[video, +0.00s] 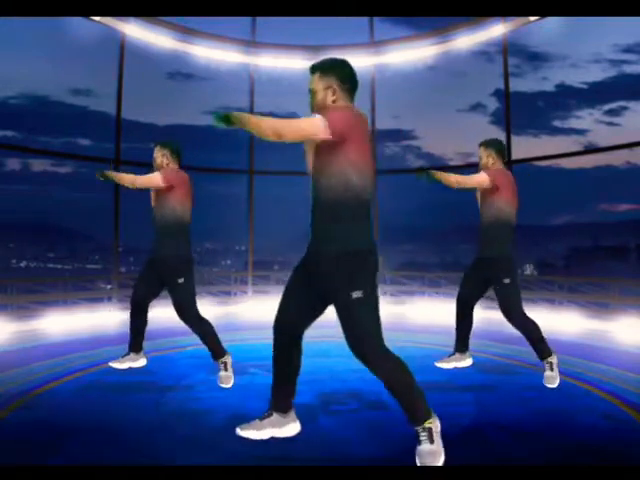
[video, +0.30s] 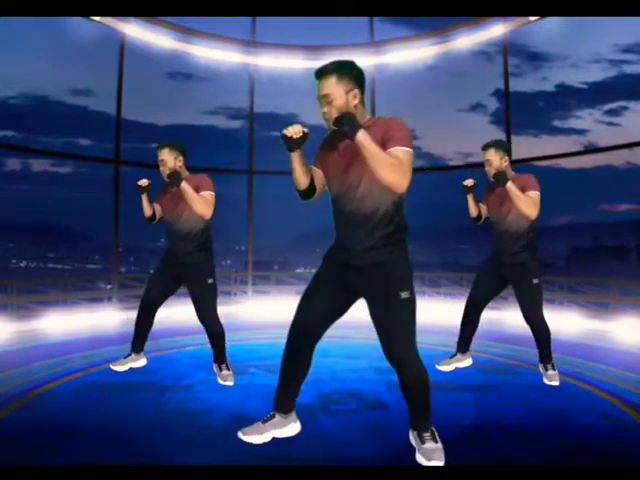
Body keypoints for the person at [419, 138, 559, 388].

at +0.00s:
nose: (480, 162)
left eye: (482, 157)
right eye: (480, 158)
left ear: (492, 156)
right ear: (497, 157)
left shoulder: (496, 176)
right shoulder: (501, 179)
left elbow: (458, 182)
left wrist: (433, 173)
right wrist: (441, 176)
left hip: (499, 258)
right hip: (489, 256)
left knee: (513, 313)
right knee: (464, 300)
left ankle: (548, 359)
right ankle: (461, 354)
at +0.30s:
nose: (487, 168)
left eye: (490, 162)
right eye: (485, 163)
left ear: (505, 160)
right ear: (487, 165)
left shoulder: (526, 181)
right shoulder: (492, 190)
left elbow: (532, 212)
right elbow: (478, 216)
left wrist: (508, 183)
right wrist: (470, 193)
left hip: (524, 261)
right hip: (498, 260)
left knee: (533, 316)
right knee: (473, 304)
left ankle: (548, 365)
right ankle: (462, 354)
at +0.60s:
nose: (488, 170)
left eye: (492, 164)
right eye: (486, 165)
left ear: (506, 162)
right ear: (485, 166)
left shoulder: (527, 184)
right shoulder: (492, 191)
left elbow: (536, 215)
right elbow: (475, 218)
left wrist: (510, 188)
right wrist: (466, 197)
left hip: (525, 264)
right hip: (497, 261)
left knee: (533, 316)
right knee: (468, 303)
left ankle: (547, 364)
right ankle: (460, 353)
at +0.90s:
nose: (463, 162)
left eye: (467, 157)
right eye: (462, 157)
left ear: (482, 158)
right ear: (467, 160)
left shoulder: (504, 183)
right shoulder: (466, 191)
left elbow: (511, 213)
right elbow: (447, 213)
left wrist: (485, 187)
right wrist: (442, 192)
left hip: (500, 260)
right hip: (469, 260)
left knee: (524, 309)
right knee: (449, 304)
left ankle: (522, 357)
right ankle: (443, 347)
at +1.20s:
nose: (466, 148)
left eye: (470, 143)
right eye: (465, 144)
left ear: (485, 143)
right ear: (470, 146)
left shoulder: (507, 167)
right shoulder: (469, 178)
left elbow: (518, 194)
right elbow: (452, 202)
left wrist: (491, 176)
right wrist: (445, 177)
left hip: (508, 248)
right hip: (480, 249)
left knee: (527, 305)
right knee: (453, 291)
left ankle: (544, 359)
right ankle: (451, 342)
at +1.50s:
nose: (482, 162)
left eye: (486, 156)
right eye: (481, 157)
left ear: (501, 157)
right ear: (490, 159)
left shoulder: (524, 181)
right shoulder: (488, 189)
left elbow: (529, 216)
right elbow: (481, 221)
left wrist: (499, 195)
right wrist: (466, 207)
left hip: (523, 263)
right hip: (493, 262)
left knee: (536, 322)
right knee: (464, 303)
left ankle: (549, 370)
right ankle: (463, 353)